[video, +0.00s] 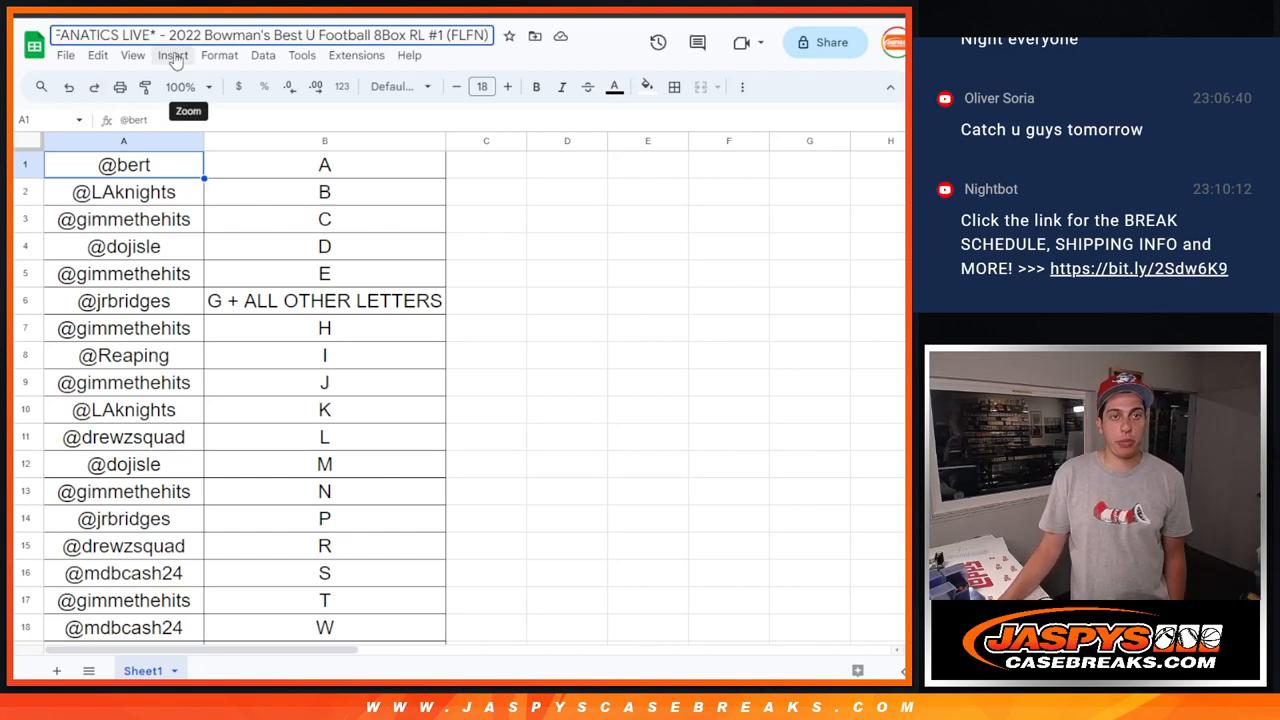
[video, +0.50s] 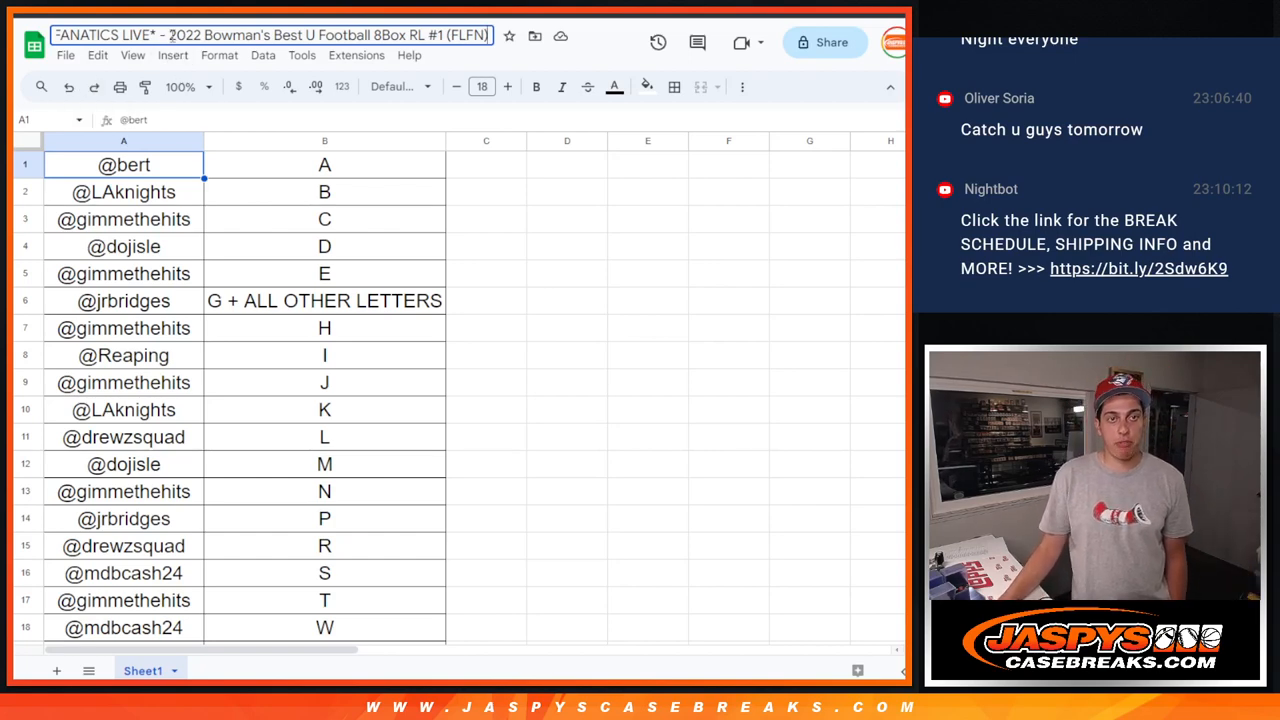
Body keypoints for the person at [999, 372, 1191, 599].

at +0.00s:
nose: (1126, 427)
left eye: (1136, 415)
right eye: (1115, 416)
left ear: (1146, 421)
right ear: (1100, 424)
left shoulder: (1169, 479)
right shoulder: (1071, 475)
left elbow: (1175, 554)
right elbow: (1049, 548)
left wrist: (1175, 603)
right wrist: (1006, 600)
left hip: (1149, 602)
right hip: (1087, 603)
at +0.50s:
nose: (1123, 429)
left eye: (1133, 417)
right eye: (1112, 418)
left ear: (1145, 422)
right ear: (1098, 426)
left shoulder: (1170, 479)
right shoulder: (1071, 475)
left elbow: (1176, 555)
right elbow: (1049, 548)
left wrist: (1176, 603)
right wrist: (1006, 600)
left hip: (1150, 604)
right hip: (1087, 605)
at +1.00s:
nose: (1126, 429)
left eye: (1136, 416)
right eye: (1114, 418)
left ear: (1147, 420)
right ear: (1100, 425)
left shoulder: (1173, 480)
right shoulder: (1073, 477)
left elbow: (1179, 555)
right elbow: (1049, 550)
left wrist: (1179, 608)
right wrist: (1005, 601)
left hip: (1153, 607)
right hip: (1090, 607)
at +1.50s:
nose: (1127, 427)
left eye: (1136, 415)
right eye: (1115, 416)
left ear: (1148, 421)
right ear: (1100, 424)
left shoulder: (1174, 481)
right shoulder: (1073, 477)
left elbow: (1179, 557)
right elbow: (1050, 550)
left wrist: (1180, 611)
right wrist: (1005, 601)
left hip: (1152, 607)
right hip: (1090, 607)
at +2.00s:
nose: (1129, 427)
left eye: (1138, 415)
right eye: (1117, 416)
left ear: (1150, 421)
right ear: (1102, 424)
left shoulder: (1174, 480)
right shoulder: (1074, 476)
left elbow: (1179, 557)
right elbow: (1051, 548)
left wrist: (1180, 612)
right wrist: (1005, 601)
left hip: (1152, 607)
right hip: (1090, 607)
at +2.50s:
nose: (1127, 428)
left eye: (1137, 415)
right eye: (1116, 417)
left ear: (1150, 421)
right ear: (1102, 425)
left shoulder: (1175, 481)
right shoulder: (1073, 476)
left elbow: (1179, 557)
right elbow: (1051, 549)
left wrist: (1180, 611)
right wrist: (1007, 599)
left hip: (1153, 607)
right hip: (1090, 607)